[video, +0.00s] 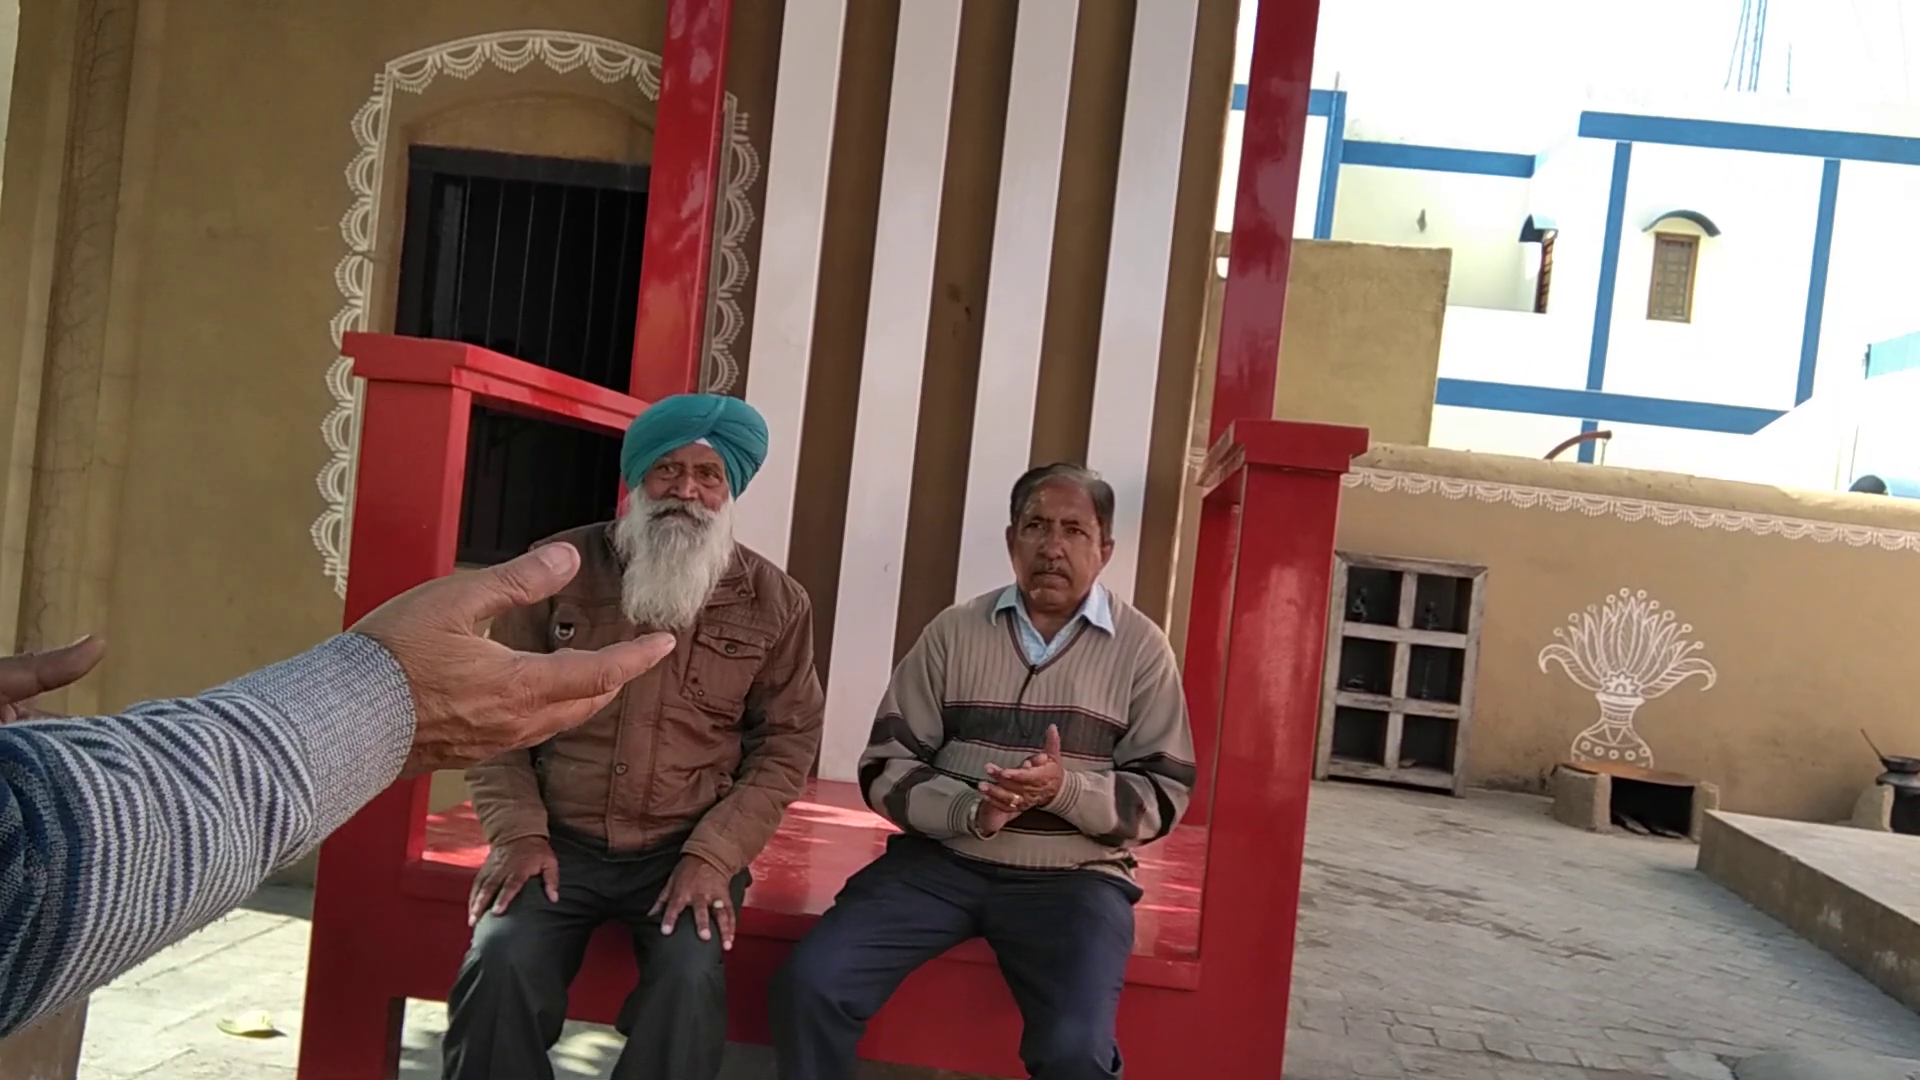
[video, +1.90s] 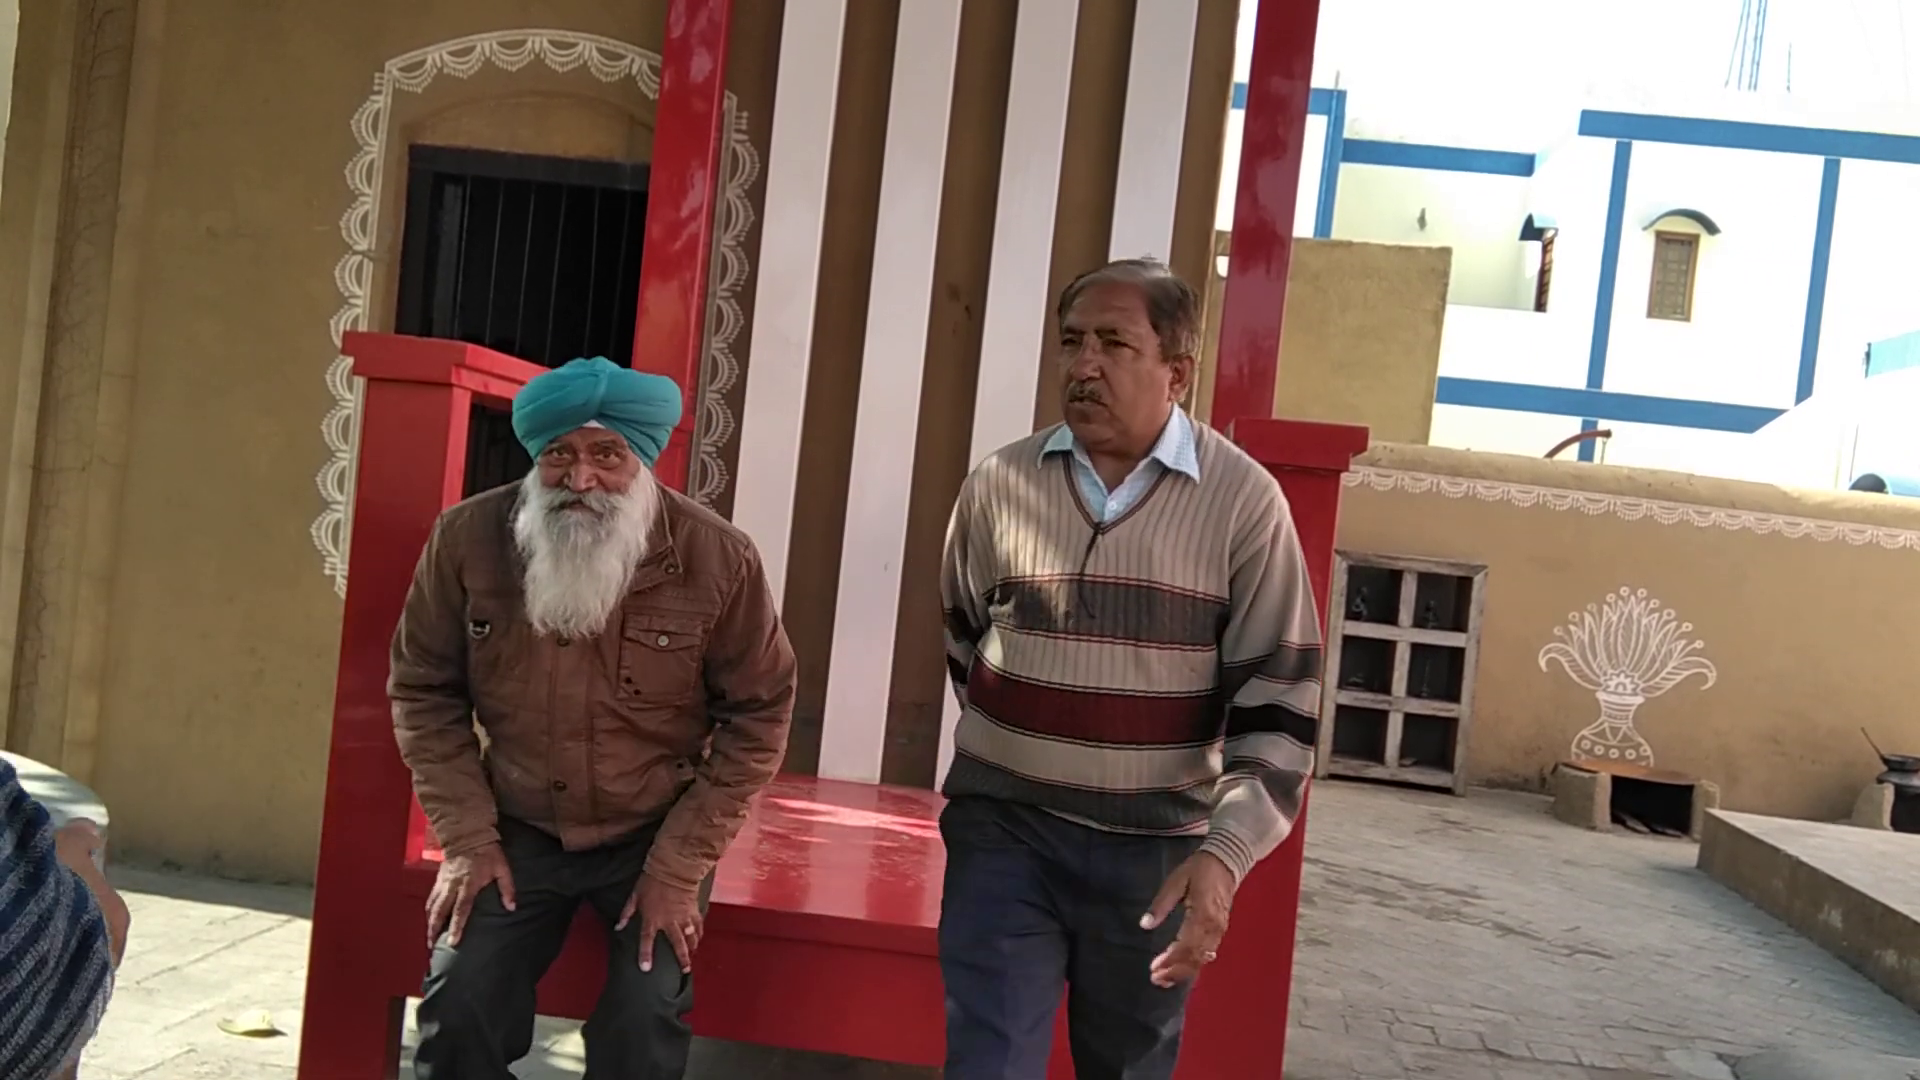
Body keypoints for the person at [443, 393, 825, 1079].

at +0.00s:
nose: (687, 489)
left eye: (709, 474)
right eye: (668, 470)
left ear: (731, 496)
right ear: (634, 484)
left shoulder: (775, 602)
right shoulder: (559, 567)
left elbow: (788, 747)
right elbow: (495, 712)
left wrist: (715, 854)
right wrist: (517, 829)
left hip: (685, 859)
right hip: (555, 848)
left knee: (691, 974)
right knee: (500, 961)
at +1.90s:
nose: (580, 476)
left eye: (606, 454)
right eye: (560, 454)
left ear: (646, 463)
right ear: (535, 460)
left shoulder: (719, 561)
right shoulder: (468, 540)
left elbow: (759, 717)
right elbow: (423, 689)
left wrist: (680, 863)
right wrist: (467, 837)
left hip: (653, 842)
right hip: (516, 836)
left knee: (643, 1013)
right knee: (461, 1001)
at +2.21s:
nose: (606, 347)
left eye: (634, 330)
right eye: (586, 325)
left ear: (673, 351)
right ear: (556, 337)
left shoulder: (731, 473)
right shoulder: (478, 438)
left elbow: (754, 647)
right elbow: (424, 610)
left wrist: (697, 803)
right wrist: (428, 773)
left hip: (639, 812)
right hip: (492, 800)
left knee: (618, 1035)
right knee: (453, 1029)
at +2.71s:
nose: (651, 291)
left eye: (678, 276)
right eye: (634, 268)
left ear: (712, 301)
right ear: (596, 278)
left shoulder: (753, 436)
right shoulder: (536, 400)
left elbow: (780, 627)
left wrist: (740, 810)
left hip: (657, 768)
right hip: (514, 755)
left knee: (629, 1005)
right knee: (504, 1004)